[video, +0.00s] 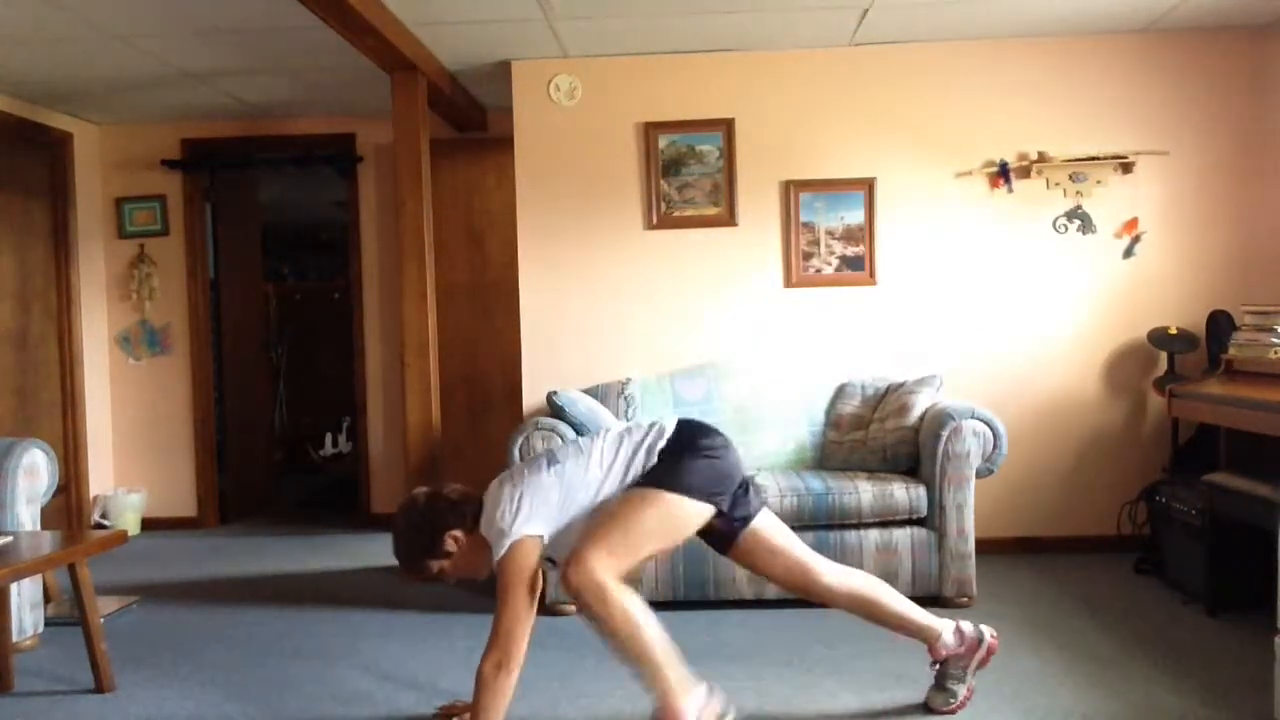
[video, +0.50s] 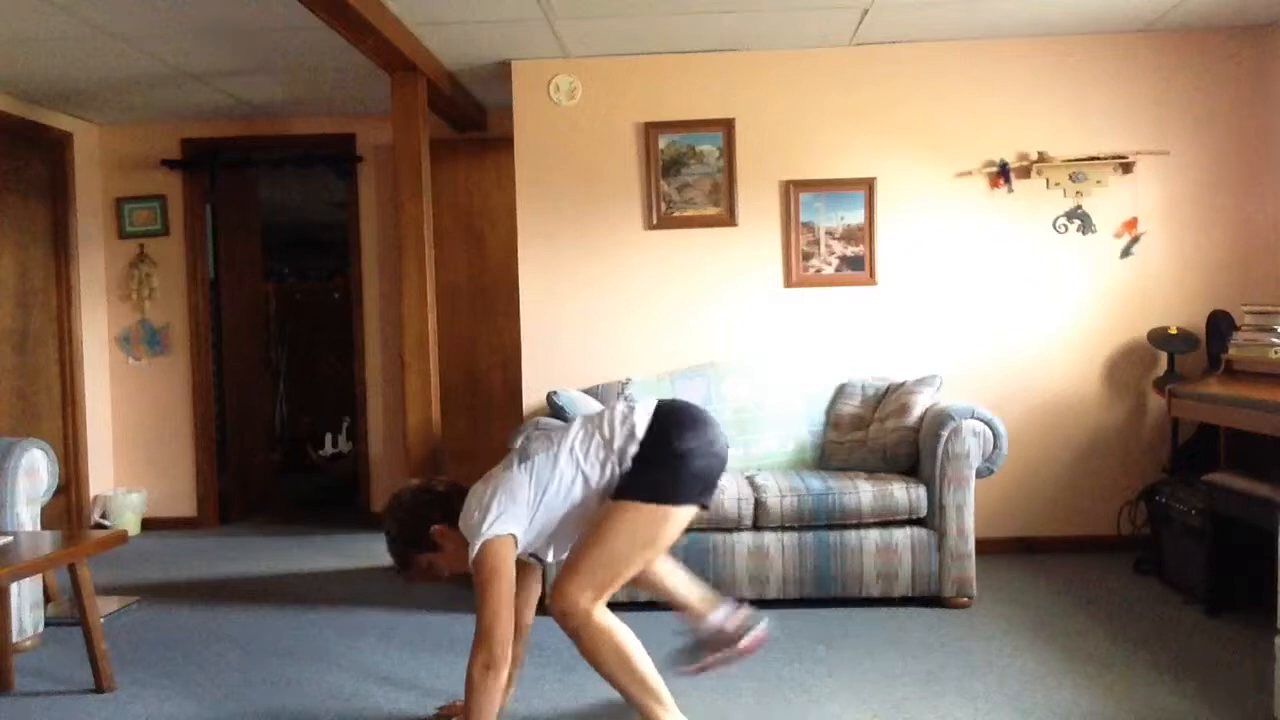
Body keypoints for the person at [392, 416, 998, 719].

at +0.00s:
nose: (458, 581)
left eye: (446, 573)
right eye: (448, 576)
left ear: (457, 542)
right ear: (461, 528)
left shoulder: (517, 517)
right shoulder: (516, 486)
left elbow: (502, 654)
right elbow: (517, 630)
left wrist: (481, 716)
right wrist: (483, 699)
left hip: (687, 460)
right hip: (703, 466)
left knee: (588, 569)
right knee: (817, 577)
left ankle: (684, 699)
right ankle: (950, 638)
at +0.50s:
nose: (446, 576)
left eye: (434, 567)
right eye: (434, 573)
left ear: (443, 536)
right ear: (449, 522)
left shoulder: (491, 515)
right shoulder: (515, 507)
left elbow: (491, 657)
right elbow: (516, 631)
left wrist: (473, 714)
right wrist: (490, 704)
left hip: (673, 441)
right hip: (685, 432)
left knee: (575, 602)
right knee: (628, 555)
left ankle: (664, 711)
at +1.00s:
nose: (459, 317)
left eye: (462, 299)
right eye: (454, 302)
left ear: (494, 283)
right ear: (499, 280)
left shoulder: (535, 322)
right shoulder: (550, 303)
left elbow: (525, 455)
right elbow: (559, 433)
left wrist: (519, 536)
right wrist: (533, 519)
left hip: (705, 424)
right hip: (695, 419)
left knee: (605, 571)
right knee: (612, 536)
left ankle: (671, 711)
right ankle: (670, 666)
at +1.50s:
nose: (603, 128)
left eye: (618, 116)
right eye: (594, 117)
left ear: (649, 127)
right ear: (584, 127)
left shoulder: (644, 188)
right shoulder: (635, 190)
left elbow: (662, 266)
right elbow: (646, 277)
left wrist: (623, 348)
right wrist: (607, 350)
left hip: (629, 383)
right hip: (627, 381)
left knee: (627, 551)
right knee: (635, 543)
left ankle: (673, 705)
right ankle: (673, 670)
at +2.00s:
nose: (447, 282)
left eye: (452, 267)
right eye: (443, 269)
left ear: (488, 251)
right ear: (492, 250)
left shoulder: (526, 294)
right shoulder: (538, 280)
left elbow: (505, 417)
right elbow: (555, 388)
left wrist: (486, 519)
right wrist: (542, 475)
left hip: (701, 400)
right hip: (693, 398)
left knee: (631, 559)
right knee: (642, 549)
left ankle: (676, 711)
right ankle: (675, 672)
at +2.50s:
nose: (451, 583)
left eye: (437, 576)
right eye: (438, 581)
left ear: (436, 546)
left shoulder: (477, 515)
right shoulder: (508, 515)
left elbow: (483, 649)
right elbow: (500, 636)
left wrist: (465, 714)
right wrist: (468, 705)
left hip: (645, 416)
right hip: (661, 408)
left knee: (574, 593)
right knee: (612, 552)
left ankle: (668, 713)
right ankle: (672, 662)